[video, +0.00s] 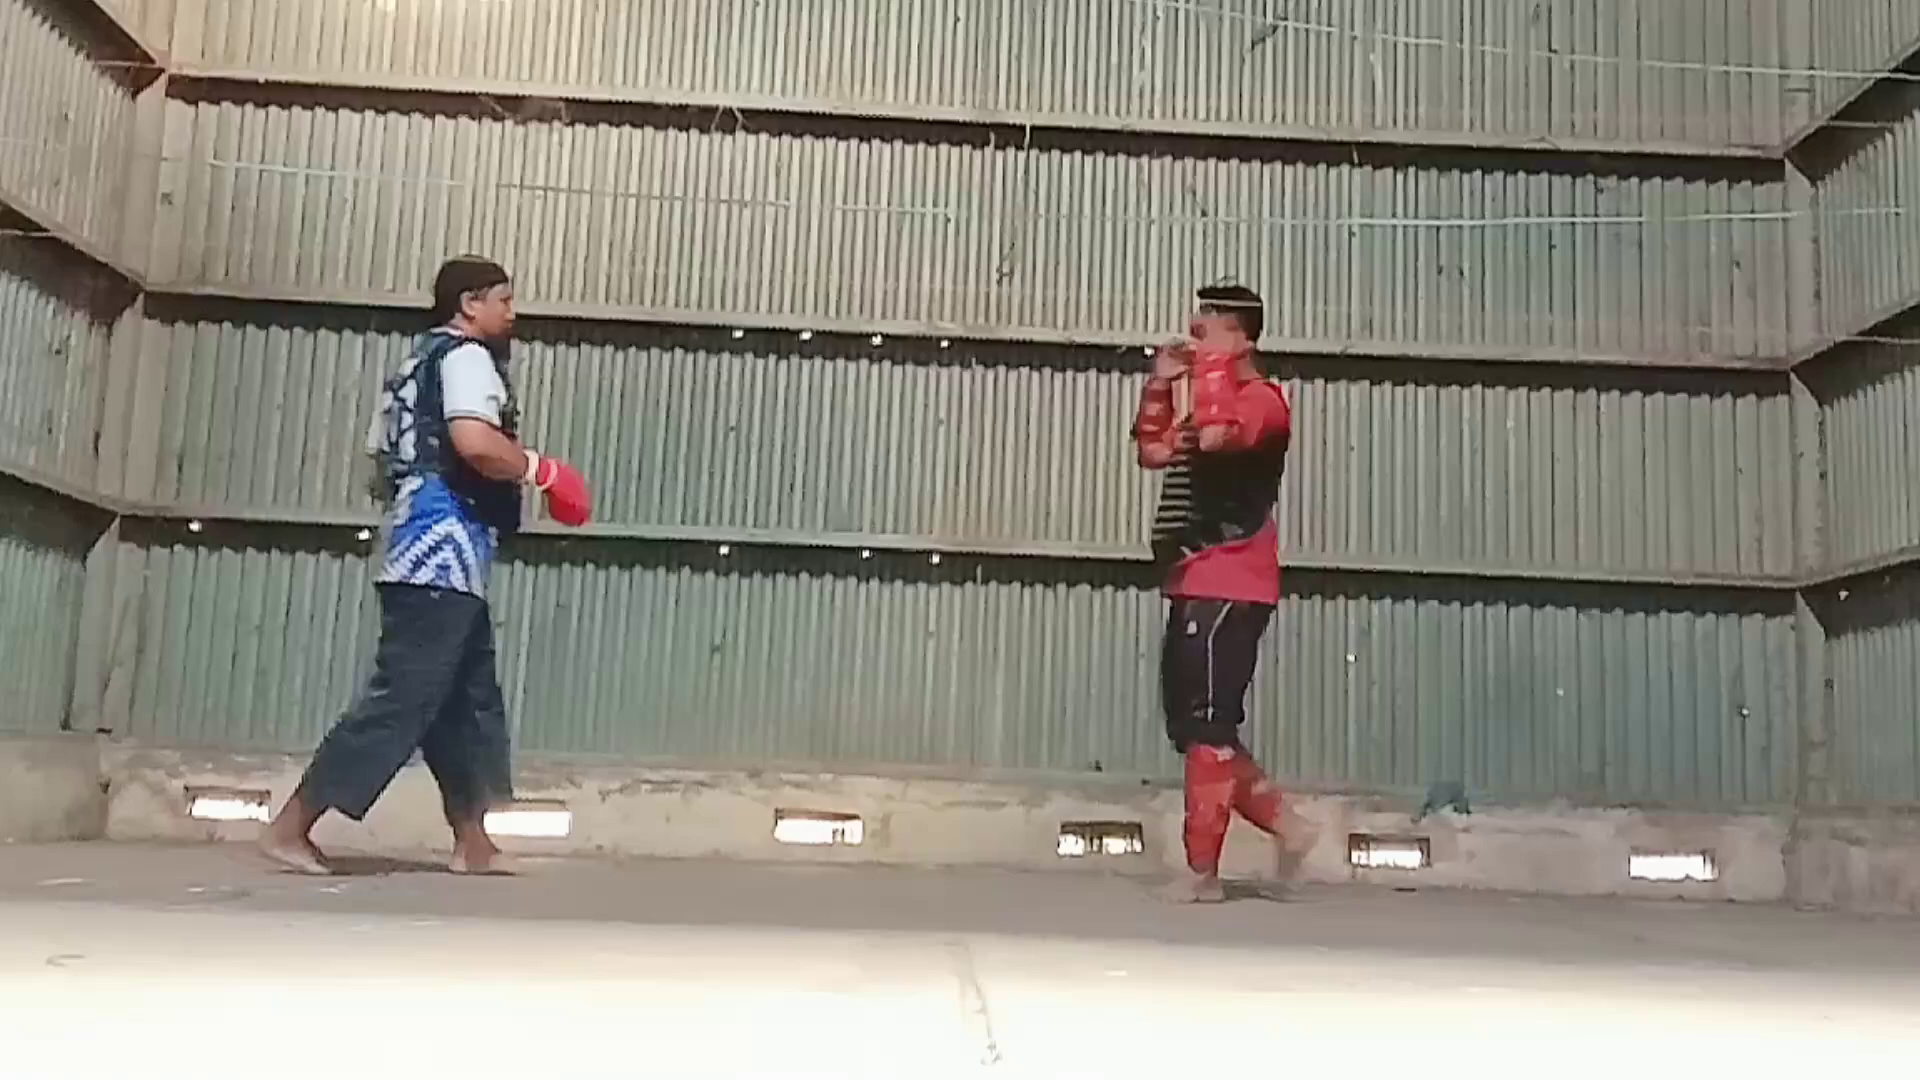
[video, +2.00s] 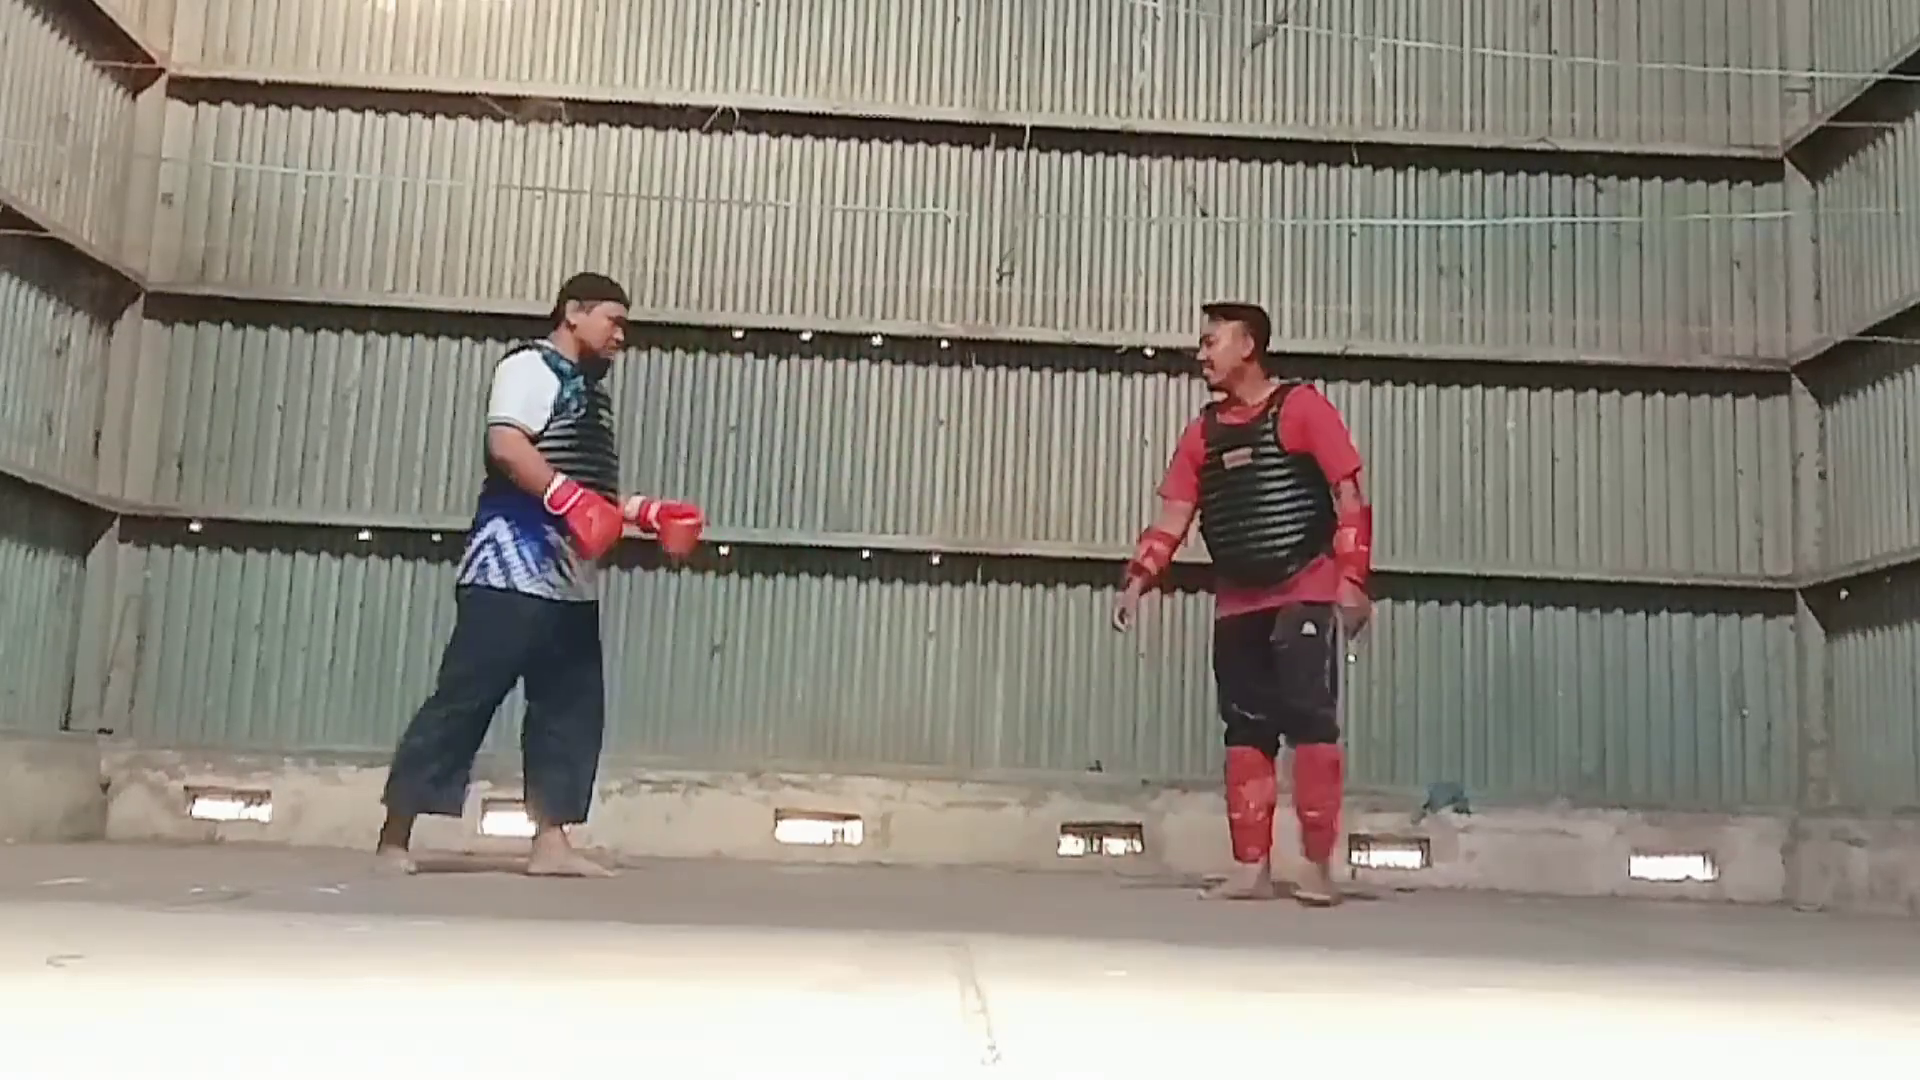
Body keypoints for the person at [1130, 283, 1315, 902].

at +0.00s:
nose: (1193, 331)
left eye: (1205, 323)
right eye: (1195, 322)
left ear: (1239, 335)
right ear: (1211, 334)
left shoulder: (1265, 399)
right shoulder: (1199, 395)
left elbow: (1219, 433)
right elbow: (1151, 453)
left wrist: (1205, 365)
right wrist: (1162, 381)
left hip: (1231, 580)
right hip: (1192, 580)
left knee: (1207, 721)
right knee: (1190, 722)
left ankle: (1202, 874)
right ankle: (1290, 829)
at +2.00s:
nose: (1203, 354)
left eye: (1213, 343)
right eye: (1203, 344)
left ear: (1249, 347)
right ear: (1231, 351)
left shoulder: (1302, 406)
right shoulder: (1203, 431)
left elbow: (1348, 494)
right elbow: (1173, 514)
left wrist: (1353, 578)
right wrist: (1138, 577)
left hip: (1307, 591)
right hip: (1238, 598)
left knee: (1309, 722)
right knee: (1246, 727)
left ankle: (1318, 867)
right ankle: (1251, 870)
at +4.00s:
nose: (1197, 383)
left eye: (1208, 372)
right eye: (1196, 373)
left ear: (1246, 376)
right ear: (1202, 379)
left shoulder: (1297, 439)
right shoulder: (1186, 451)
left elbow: (1341, 518)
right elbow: (1166, 539)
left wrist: (1280, 547)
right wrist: (1144, 611)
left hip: (1279, 629)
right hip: (1197, 626)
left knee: (1326, 743)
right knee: (1140, 726)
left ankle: (1358, 866)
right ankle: (1095, 851)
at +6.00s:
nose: (1034, 401)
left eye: (1044, 390)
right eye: (1031, 391)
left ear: (1082, 395)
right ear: (1028, 397)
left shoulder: (1125, 457)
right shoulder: (1019, 470)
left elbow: (1169, 528)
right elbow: (994, 550)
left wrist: (1141, 547)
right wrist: (983, 611)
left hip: (1119, 631)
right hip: (1046, 634)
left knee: (1164, 738)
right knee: (1026, 744)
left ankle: (1186, 849)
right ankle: (1017, 860)